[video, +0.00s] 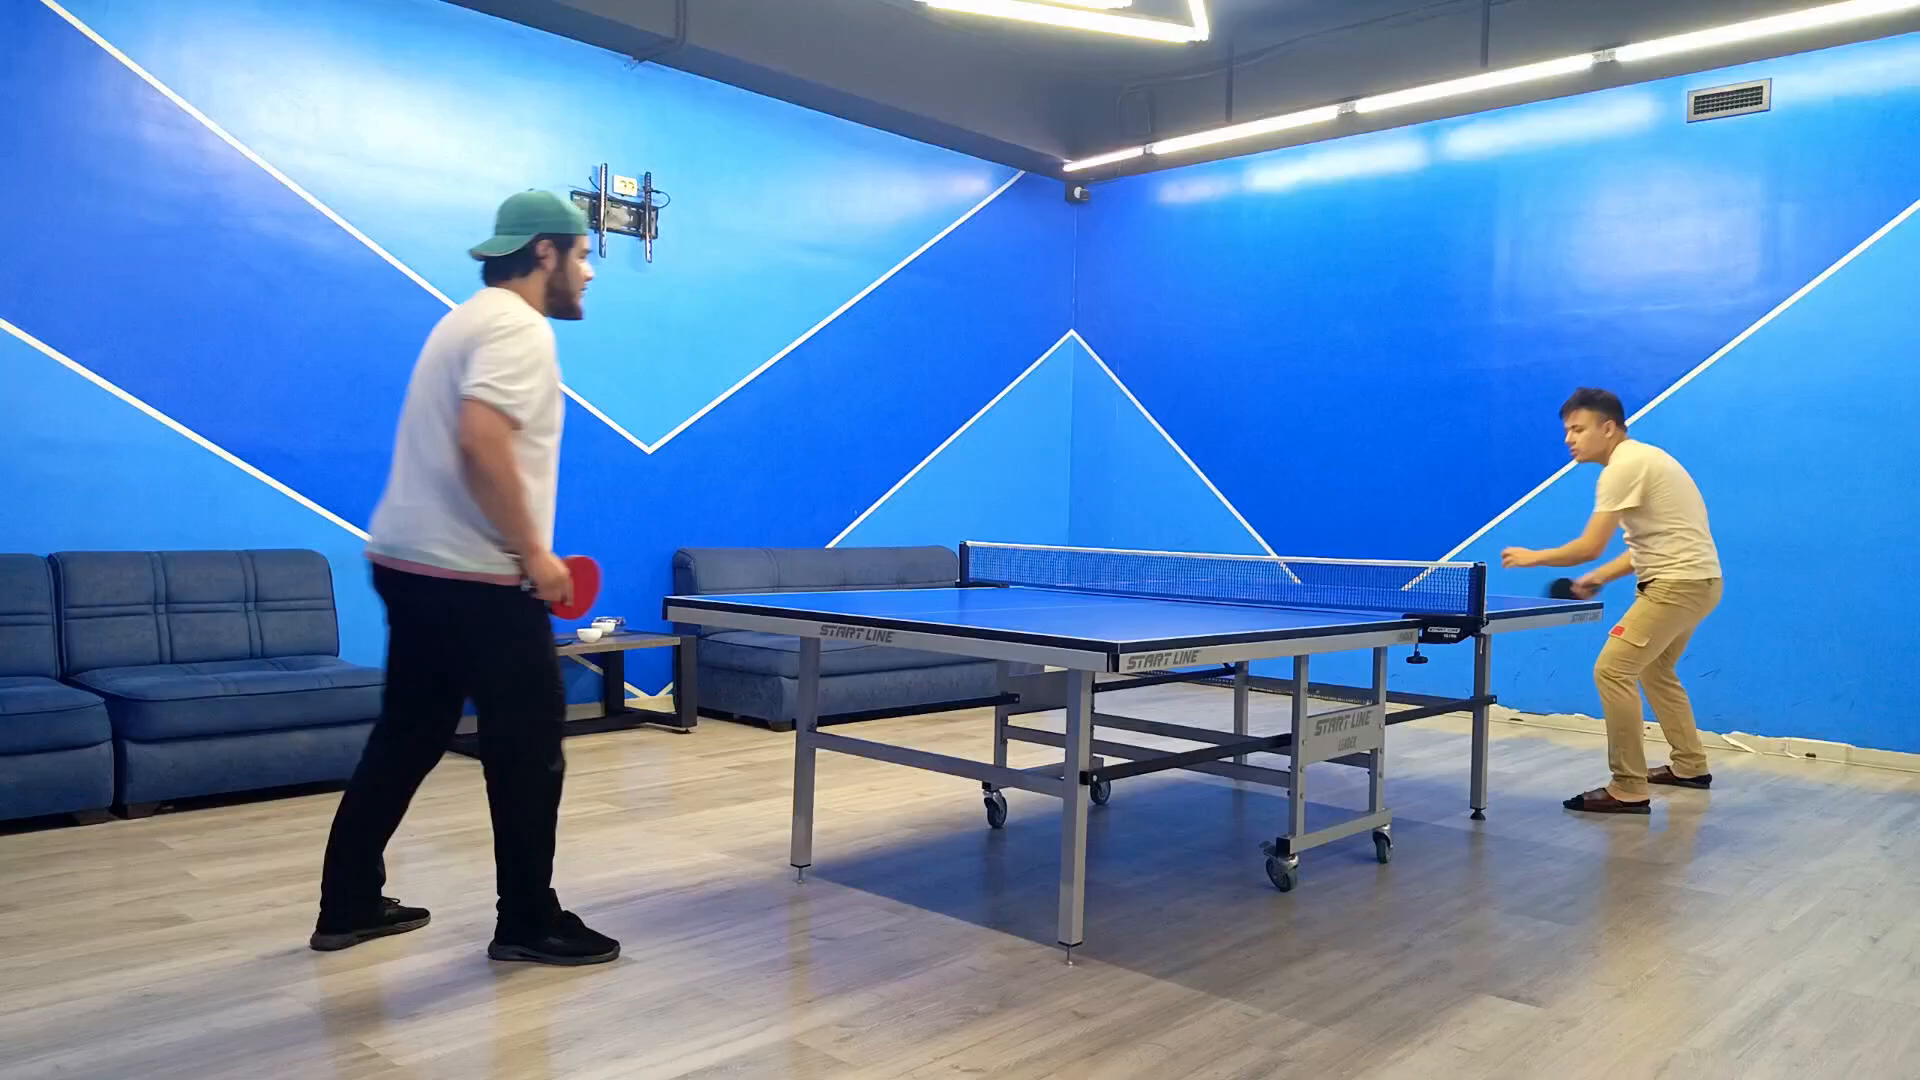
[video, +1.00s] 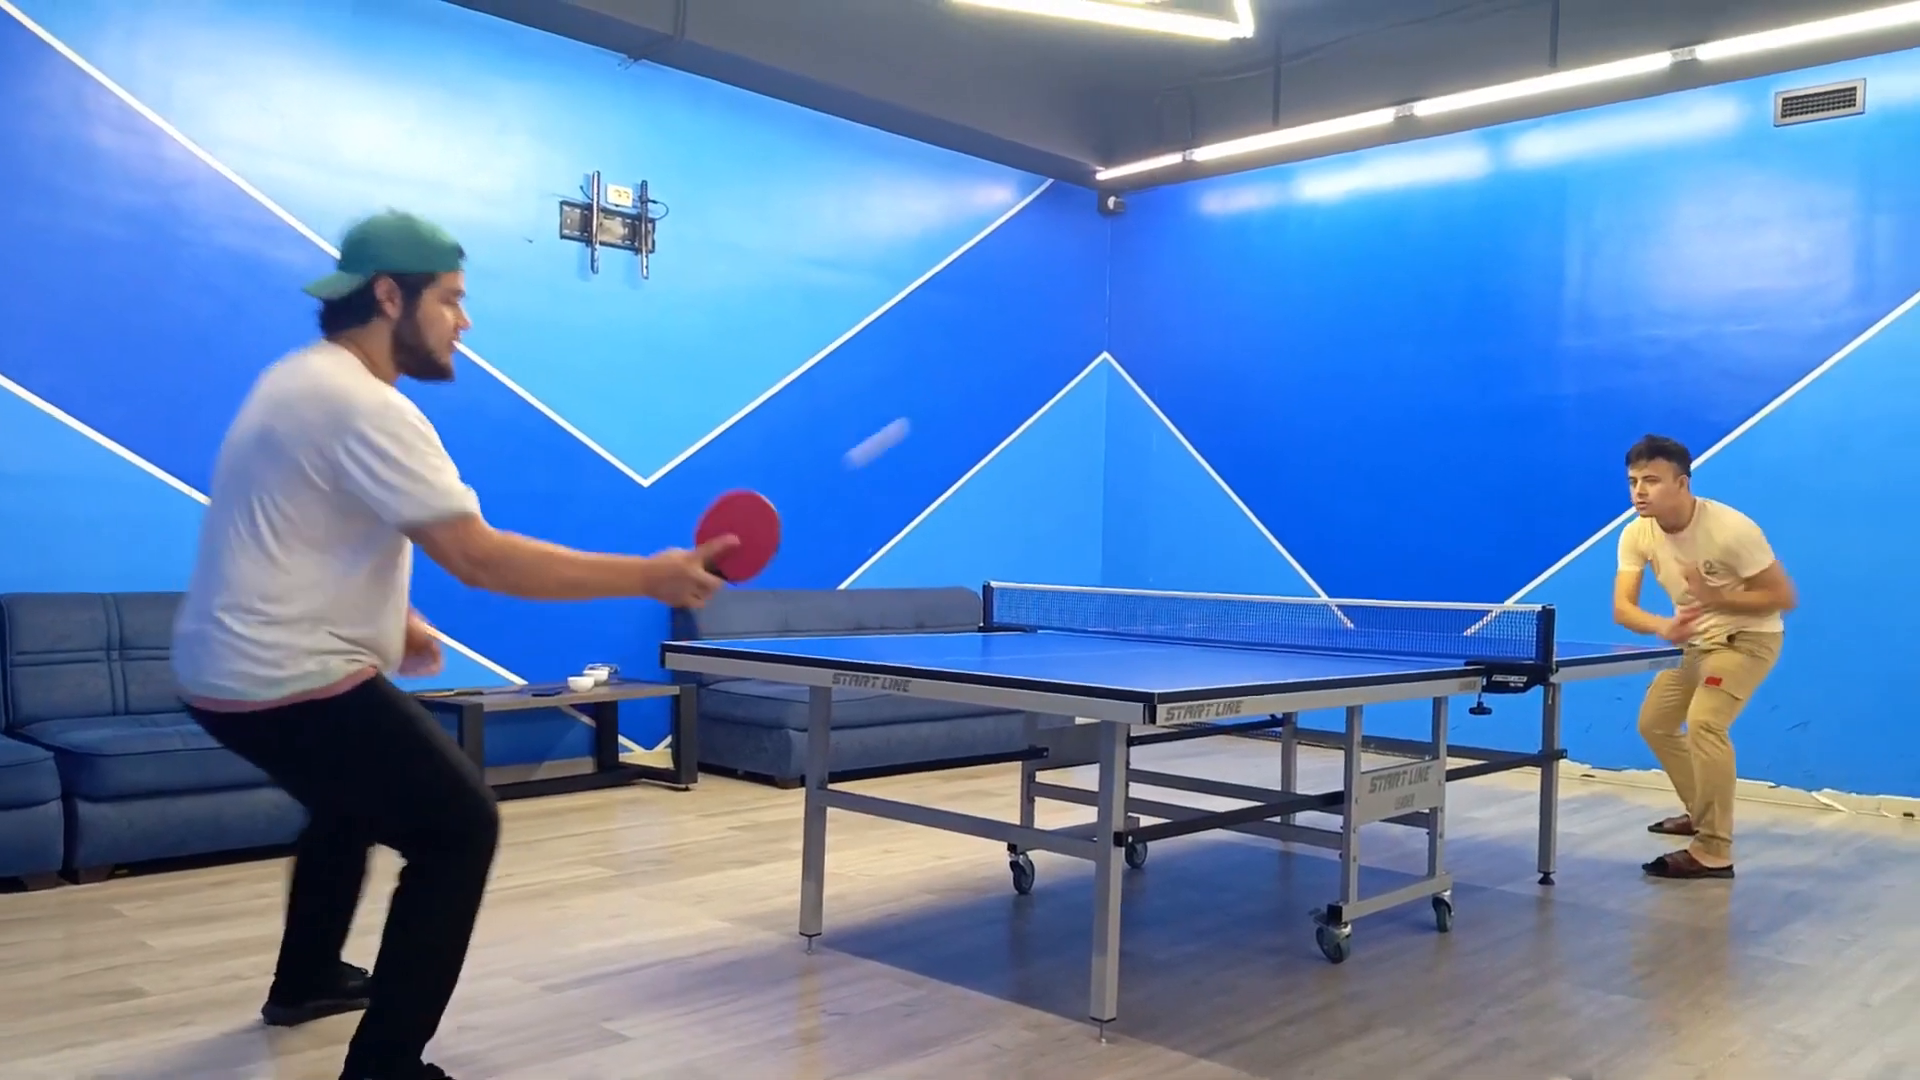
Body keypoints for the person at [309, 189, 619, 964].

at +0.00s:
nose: (589, 273)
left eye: (589, 258)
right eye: (583, 258)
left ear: (517, 259)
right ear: (543, 256)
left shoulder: (464, 320)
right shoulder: (518, 327)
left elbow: (449, 457)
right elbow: (481, 442)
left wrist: (533, 556)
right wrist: (536, 557)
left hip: (416, 570)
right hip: (478, 579)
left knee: (411, 734)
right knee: (528, 743)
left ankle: (347, 903)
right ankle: (529, 918)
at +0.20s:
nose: (556, 269)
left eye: (555, 255)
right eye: (548, 254)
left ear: (485, 254)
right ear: (509, 252)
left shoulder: (427, 319)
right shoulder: (478, 323)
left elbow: (417, 461)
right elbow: (436, 435)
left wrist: (505, 560)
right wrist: (500, 551)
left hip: (373, 572)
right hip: (433, 580)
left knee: (395, 740)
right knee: (495, 750)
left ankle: (347, 916)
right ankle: (484, 948)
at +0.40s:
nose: (548, 263)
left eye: (546, 247)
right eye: (540, 247)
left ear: (472, 250)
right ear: (501, 247)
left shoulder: (408, 317)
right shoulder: (479, 323)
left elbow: (384, 456)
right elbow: (453, 446)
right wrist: (522, 559)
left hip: (351, 580)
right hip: (411, 591)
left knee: (392, 758)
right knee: (449, 777)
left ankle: (349, 934)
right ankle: (421, 995)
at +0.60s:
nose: (551, 283)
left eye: (550, 266)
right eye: (542, 265)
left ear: (477, 265)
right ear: (497, 262)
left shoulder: (405, 329)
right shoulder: (470, 339)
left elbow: (380, 467)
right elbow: (460, 461)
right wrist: (547, 562)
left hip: (320, 592)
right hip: (387, 599)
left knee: (382, 763)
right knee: (476, 769)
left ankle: (332, 946)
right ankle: (427, 1007)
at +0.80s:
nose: (533, 329)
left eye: (533, 311)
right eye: (521, 309)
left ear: (456, 309)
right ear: (462, 306)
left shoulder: (386, 381)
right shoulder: (431, 403)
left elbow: (433, 564)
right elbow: (443, 568)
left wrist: (577, 647)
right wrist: (584, 652)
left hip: (323, 653)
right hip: (373, 658)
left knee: (432, 790)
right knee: (511, 809)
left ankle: (341, 965)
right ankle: (418, 1053)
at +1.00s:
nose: (463, 323)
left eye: (461, 304)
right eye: (450, 302)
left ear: (382, 300)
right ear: (388, 298)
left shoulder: (298, 381)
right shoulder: (362, 408)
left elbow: (291, 540)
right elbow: (478, 556)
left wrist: (382, 616)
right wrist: (649, 575)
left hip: (235, 671)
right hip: (296, 677)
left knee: (347, 799)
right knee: (457, 826)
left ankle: (306, 977)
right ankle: (388, 1062)